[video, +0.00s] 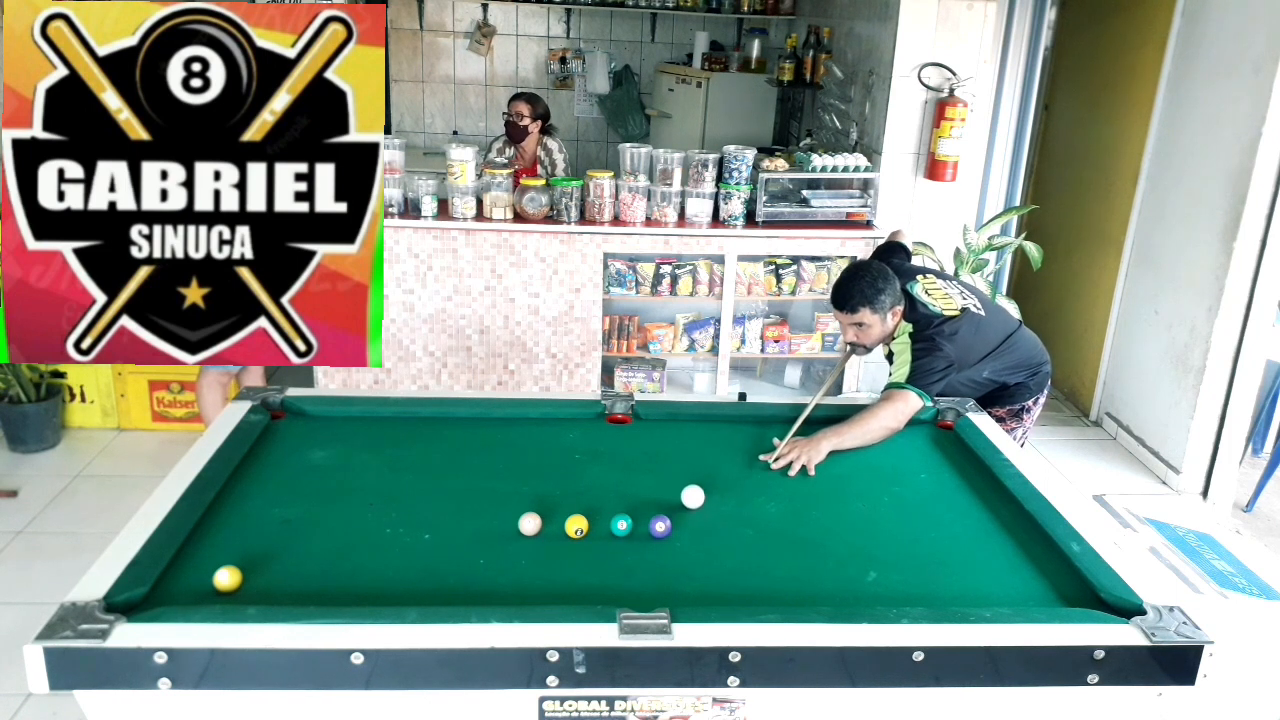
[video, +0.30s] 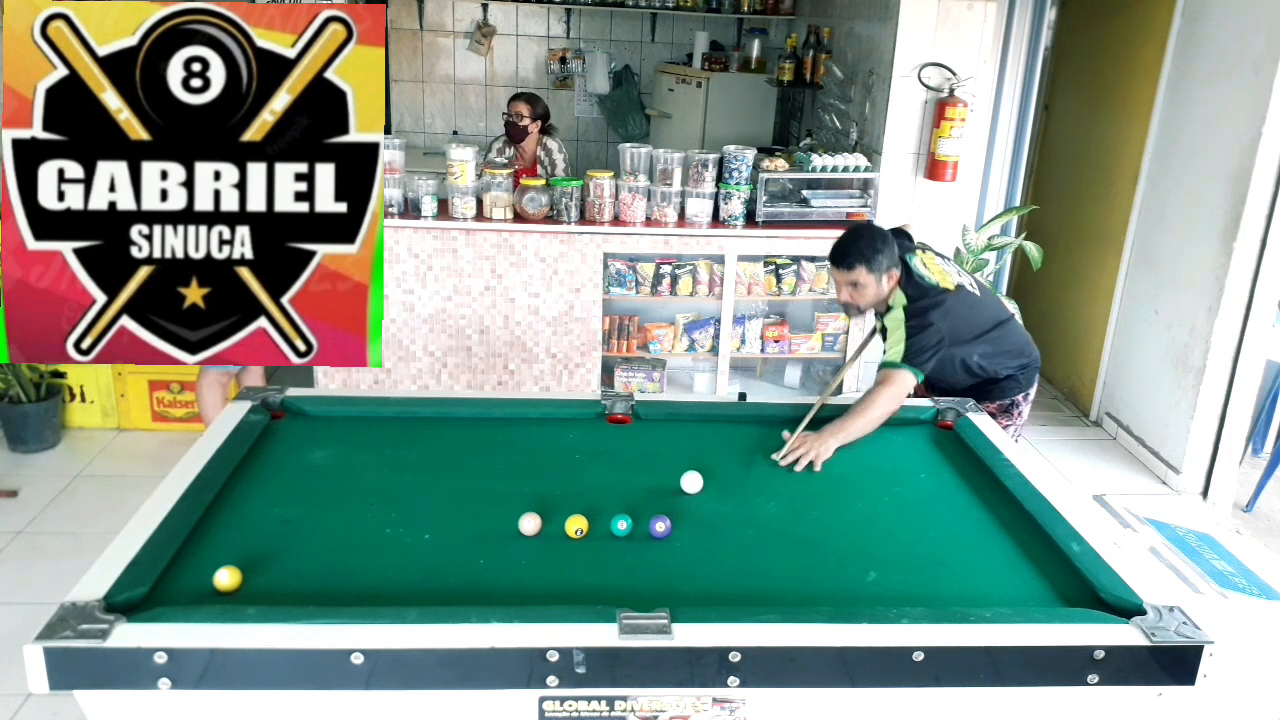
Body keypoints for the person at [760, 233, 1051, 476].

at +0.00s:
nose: (849, 338)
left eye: (861, 327)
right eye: (842, 324)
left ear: (895, 316)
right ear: (837, 309)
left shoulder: (930, 342)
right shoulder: (894, 269)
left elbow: (894, 412)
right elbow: (897, 240)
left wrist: (823, 441)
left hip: (1020, 376)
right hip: (970, 363)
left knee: (988, 475)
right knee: (947, 459)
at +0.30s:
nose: (843, 297)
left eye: (854, 287)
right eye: (838, 285)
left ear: (890, 279)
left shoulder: (919, 313)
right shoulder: (893, 250)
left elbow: (892, 391)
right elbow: (905, 231)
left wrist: (829, 437)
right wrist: (887, 307)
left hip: (1003, 377)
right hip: (947, 371)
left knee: (978, 477)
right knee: (929, 463)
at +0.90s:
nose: (822, 227)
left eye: (835, 217)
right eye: (819, 214)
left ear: (870, 216)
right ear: (816, 204)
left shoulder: (894, 255)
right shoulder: (856, 236)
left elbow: (903, 353)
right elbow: (869, 278)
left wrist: (833, 390)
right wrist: (850, 305)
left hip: (948, 371)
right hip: (901, 363)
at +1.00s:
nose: (815, 223)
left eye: (829, 213)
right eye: (813, 211)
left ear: (864, 212)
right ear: (810, 204)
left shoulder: (894, 253)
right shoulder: (844, 236)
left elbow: (922, 346)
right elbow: (855, 276)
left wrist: (862, 388)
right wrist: (841, 310)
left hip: (941, 369)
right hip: (889, 356)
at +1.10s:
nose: (812, 221)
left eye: (826, 211)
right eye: (810, 208)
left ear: (861, 210)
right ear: (806, 201)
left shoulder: (892, 251)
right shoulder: (837, 237)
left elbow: (923, 345)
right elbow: (848, 279)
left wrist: (863, 385)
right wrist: (833, 315)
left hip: (937, 369)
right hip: (882, 355)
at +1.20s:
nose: (808, 220)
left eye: (822, 210)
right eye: (805, 207)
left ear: (856, 209)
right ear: (801, 200)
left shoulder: (890, 251)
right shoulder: (829, 235)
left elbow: (910, 345)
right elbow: (834, 280)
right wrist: (823, 317)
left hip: (920, 380)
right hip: (865, 369)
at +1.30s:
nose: (804, 220)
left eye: (818, 210)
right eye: (801, 207)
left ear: (852, 209)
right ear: (798, 198)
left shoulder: (883, 252)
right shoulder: (821, 233)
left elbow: (884, 346)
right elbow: (829, 279)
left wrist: (804, 360)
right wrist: (818, 313)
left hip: (911, 377)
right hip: (855, 368)